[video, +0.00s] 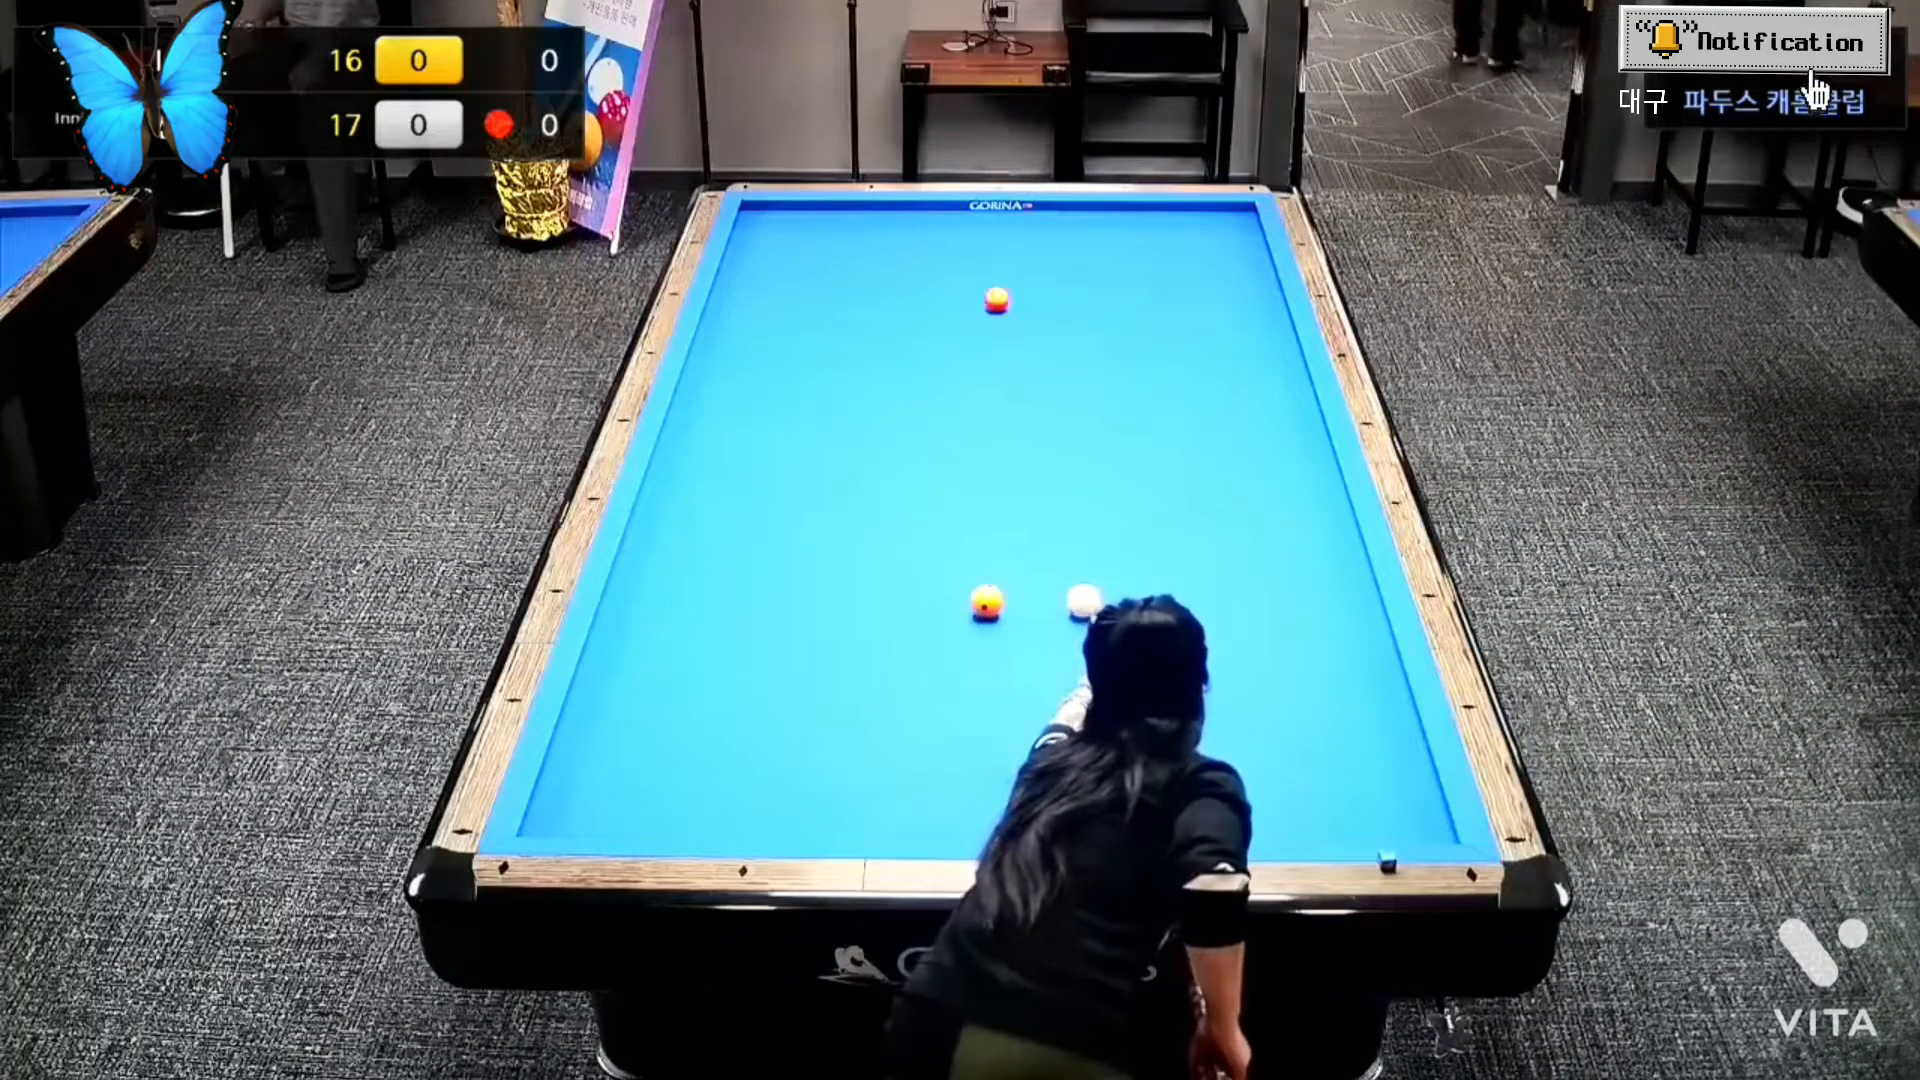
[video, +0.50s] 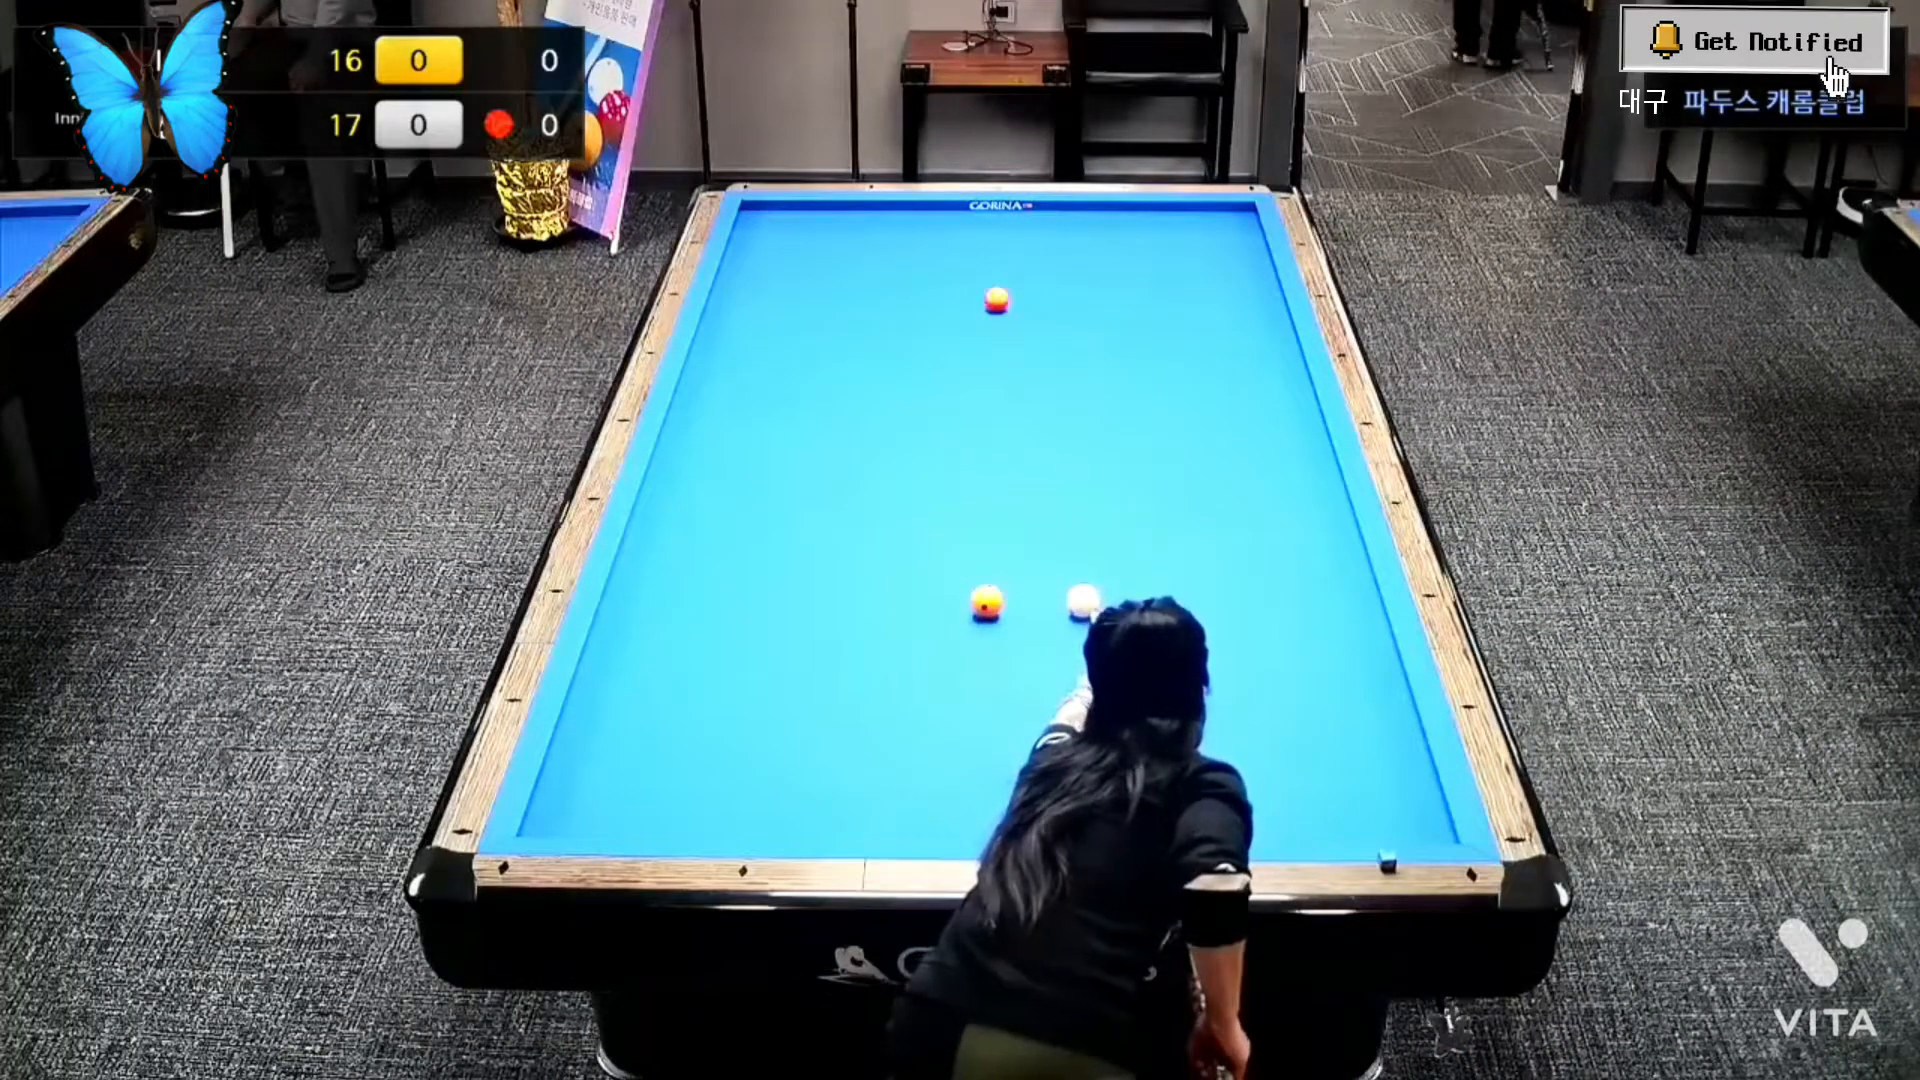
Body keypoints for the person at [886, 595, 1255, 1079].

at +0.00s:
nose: (1209, 681)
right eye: (1204, 671)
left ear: (1099, 687)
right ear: (1195, 684)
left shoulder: (1052, 758)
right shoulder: (1205, 781)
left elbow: (1077, 704)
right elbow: (1212, 889)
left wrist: (1099, 669)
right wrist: (1222, 1024)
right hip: (1083, 1041)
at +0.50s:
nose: (1209, 683)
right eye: (1204, 673)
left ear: (1099, 688)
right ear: (1195, 686)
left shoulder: (1053, 758)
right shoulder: (1207, 782)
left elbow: (1079, 702)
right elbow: (1214, 887)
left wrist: (1103, 666)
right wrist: (1222, 1018)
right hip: (1092, 1041)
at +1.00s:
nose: (1214, 677)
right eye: (1209, 667)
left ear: (1102, 682)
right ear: (1200, 679)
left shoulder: (1055, 755)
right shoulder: (1212, 776)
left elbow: (1079, 705)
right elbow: (1221, 894)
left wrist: (1097, 673)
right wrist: (1234, 1052)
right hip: (1091, 1038)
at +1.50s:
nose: (1220, 672)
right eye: (1216, 660)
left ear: (1112, 671)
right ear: (1205, 669)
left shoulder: (1058, 748)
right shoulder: (1221, 771)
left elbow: (1077, 708)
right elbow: (1233, 872)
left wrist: (1104, 669)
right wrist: (1232, 937)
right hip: (1109, 1037)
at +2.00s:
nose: (1208, 660)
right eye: (1203, 648)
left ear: (1103, 656)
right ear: (1196, 658)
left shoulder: (1049, 740)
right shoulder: (1217, 764)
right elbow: (1232, 874)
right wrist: (1223, 943)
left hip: (988, 1012)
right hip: (1112, 1029)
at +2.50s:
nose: (1181, 607)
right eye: (1177, 595)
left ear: (1075, 601)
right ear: (1167, 606)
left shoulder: (1020, 696)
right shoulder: (1186, 726)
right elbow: (1192, 873)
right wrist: (1199, 923)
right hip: (1069, 1016)